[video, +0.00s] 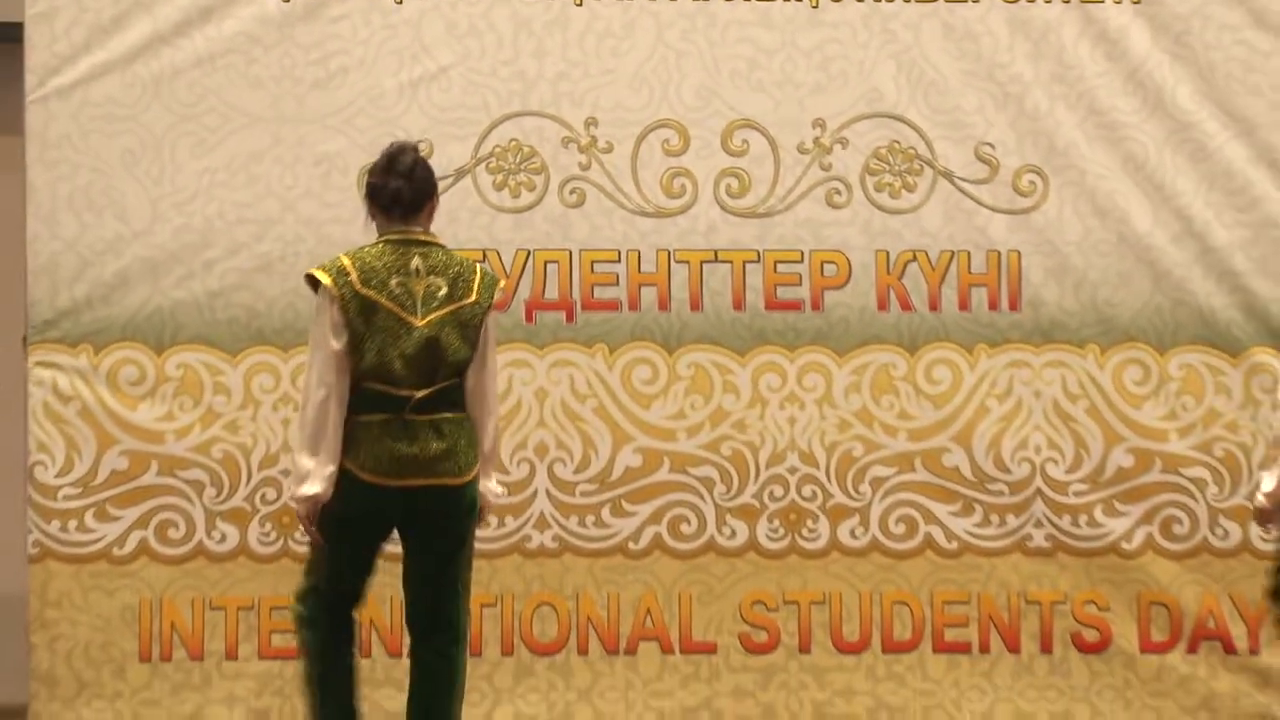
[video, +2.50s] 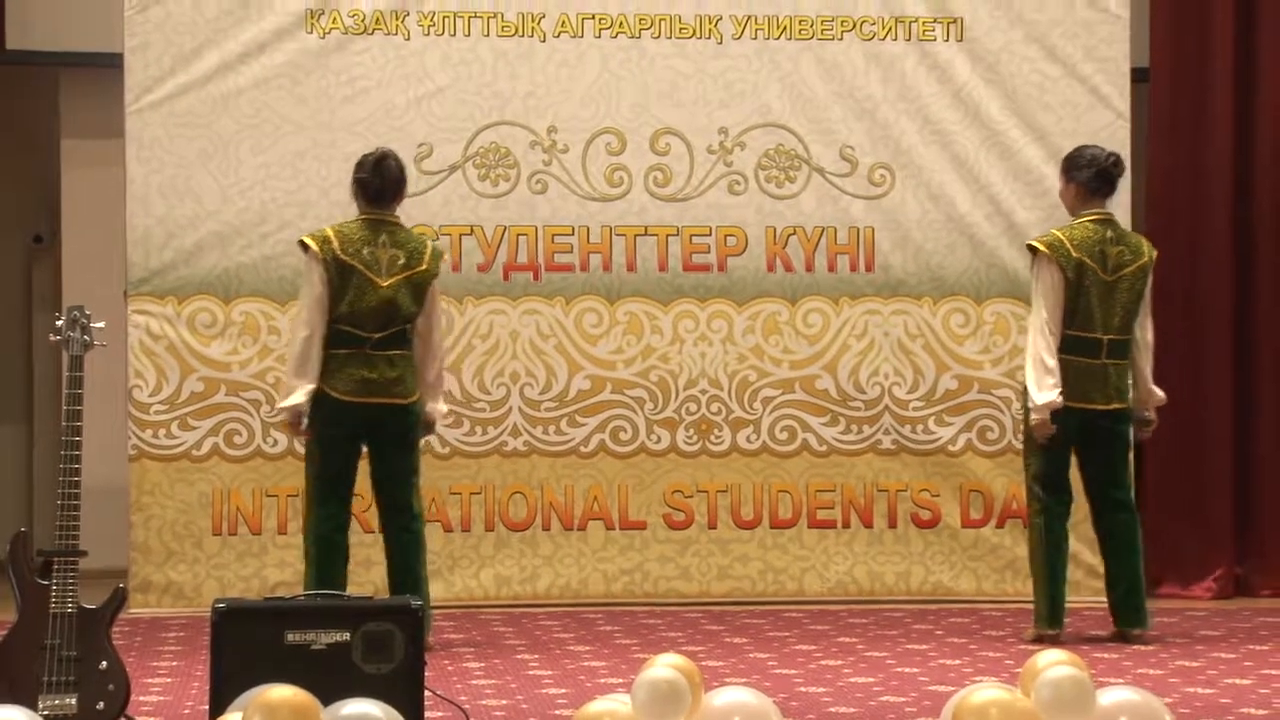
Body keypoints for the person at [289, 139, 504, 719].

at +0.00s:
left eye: (375, 201)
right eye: (426, 200)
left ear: (370, 207)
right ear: (432, 206)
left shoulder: (344, 278)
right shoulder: (473, 279)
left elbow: (326, 388)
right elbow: (482, 388)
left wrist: (313, 481)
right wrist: (484, 476)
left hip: (363, 485)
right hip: (446, 487)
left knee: (326, 608)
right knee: (439, 628)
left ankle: (336, 714)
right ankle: (435, 717)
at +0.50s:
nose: (363, 190)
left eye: (350, 180)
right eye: (390, 183)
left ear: (346, 185)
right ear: (405, 188)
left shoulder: (314, 252)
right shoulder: (433, 259)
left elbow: (292, 352)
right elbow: (444, 362)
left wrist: (277, 438)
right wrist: (449, 445)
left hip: (322, 444)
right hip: (399, 448)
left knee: (306, 584)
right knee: (412, 584)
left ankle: (300, 718)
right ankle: (430, 714)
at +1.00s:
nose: (369, 179)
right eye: (370, 171)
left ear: (314, 173)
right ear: (368, 174)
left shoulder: (276, 240)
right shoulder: (394, 240)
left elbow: (265, 338)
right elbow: (411, 337)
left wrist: (259, 417)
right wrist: (420, 416)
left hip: (304, 421)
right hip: (377, 421)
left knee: (307, 544)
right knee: (386, 534)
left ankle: (311, 667)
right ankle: (377, 659)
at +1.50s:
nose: (394, 182)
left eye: (382, 175)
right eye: (394, 175)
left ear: (340, 181)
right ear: (390, 180)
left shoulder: (310, 243)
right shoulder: (418, 236)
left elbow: (300, 336)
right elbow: (435, 329)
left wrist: (296, 410)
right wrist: (455, 403)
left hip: (345, 410)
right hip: (412, 408)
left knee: (336, 528)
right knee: (419, 532)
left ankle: (317, 648)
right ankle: (416, 652)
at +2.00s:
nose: (392, 185)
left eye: (381, 177)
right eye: (415, 176)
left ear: (376, 180)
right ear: (425, 181)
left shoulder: (352, 239)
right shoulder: (455, 242)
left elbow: (338, 323)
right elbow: (460, 326)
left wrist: (330, 393)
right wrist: (462, 392)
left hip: (367, 398)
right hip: (432, 401)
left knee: (344, 500)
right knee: (424, 515)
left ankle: (351, 616)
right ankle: (417, 625)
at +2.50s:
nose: (378, 198)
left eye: (363, 189)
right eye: (390, 190)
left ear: (355, 192)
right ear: (402, 195)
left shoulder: (326, 246)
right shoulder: (426, 253)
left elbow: (311, 326)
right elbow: (430, 336)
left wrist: (299, 395)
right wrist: (430, 400)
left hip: (336, 404)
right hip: (398, 406)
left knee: (327, 517)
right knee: (403, 517)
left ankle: (322, 623)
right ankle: (412, 622)